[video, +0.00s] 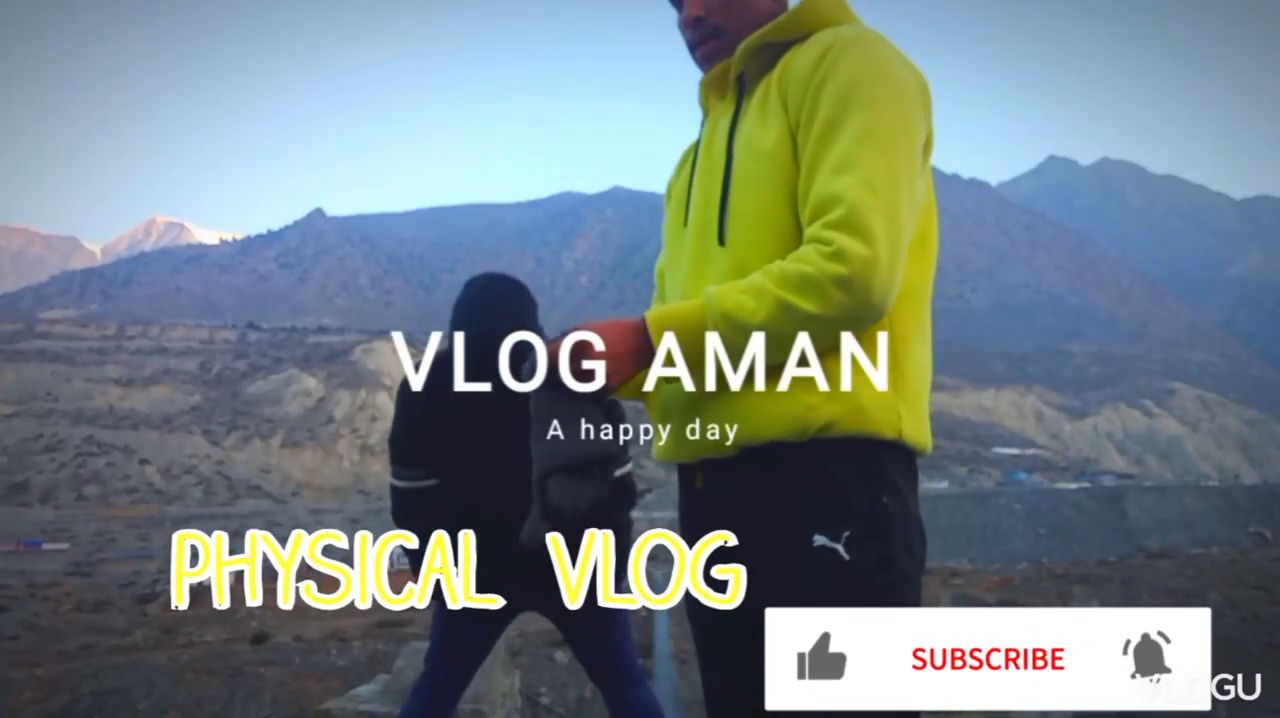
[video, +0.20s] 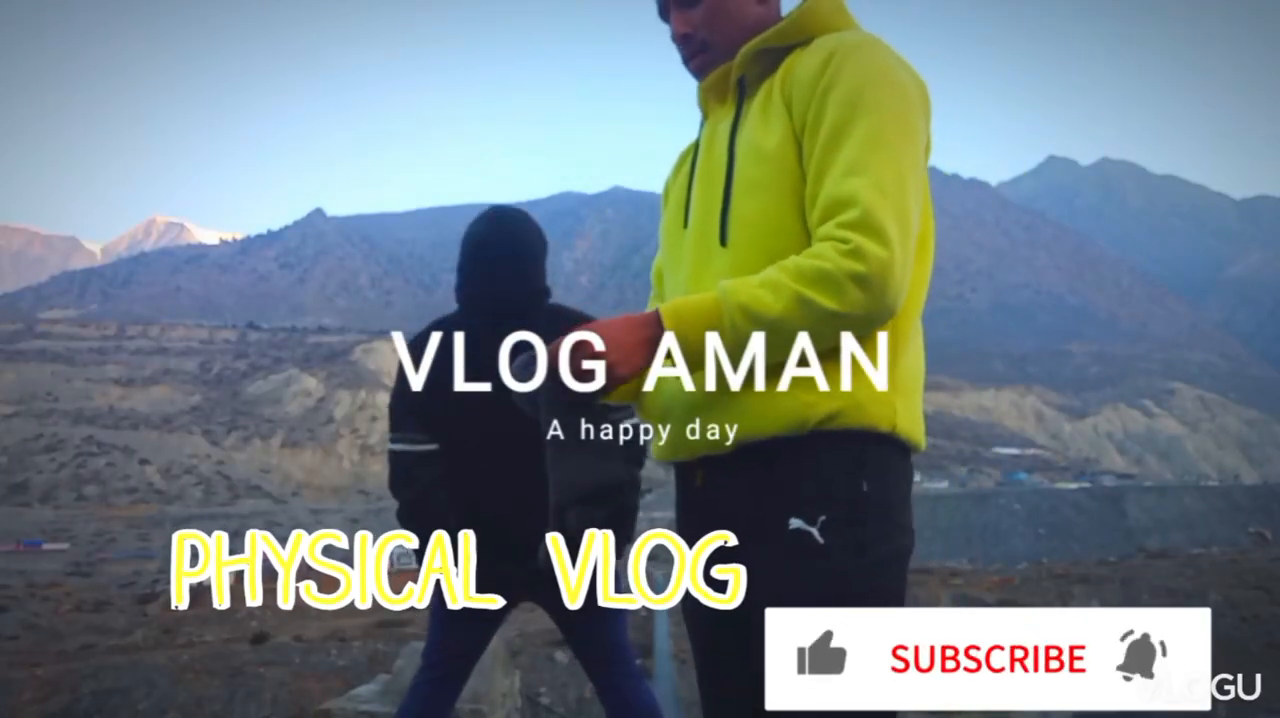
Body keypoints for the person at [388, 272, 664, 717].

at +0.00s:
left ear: (460, 319)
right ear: (532, 321)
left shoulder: (428, 383)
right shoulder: (568, 376)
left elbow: (411, 481)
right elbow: (615, 475)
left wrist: (418, 551)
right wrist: (616, 562)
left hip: (480, 568)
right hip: (570, 565)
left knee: (438, 684)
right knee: (624, 682)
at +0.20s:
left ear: (466, 263)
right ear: (538, 262)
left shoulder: (431, 347)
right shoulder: (586, 338)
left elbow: (410, 462)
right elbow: (625, 447)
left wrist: (436, 544)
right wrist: (614, 541)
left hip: (478, 555)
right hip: (574, 554)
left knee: (435, 682)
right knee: (621, 679)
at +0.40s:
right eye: (537, 246)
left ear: (469, 253)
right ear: (540, 254)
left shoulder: (434, 334)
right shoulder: (577, 329)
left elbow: (409, 451)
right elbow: (625, 433)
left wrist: (437, 539)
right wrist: (614, 518)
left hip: (474, 548)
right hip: (568, 544)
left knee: (433, 685)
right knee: (621, 680)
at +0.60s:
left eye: (477, 238)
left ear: (474, 244)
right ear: (540, 239)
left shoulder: (442, 320)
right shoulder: (594, 310)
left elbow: (402, 436)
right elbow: (631, 426)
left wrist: (408, 536)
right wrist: (609, 519)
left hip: (472, 547)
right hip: (570, 545)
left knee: (430, 682)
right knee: (621, 679)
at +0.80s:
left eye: (462, 241)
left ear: (460, 246)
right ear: (526, 242)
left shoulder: (435, 318)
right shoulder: (577, 308)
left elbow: (373, 426)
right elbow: (625, 405)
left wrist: (332, 526)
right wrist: (631, 496)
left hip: (455, 544)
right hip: (554, 542)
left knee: (412, 689)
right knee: (606, 684)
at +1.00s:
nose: (505, 247)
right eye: (503, 238)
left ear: (438, 241)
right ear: (501, 240)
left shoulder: (404, 311)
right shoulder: (541, 304)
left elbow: (330, 404)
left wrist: (283, 479)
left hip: (429, 532)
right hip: (528, 530)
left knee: (410, 689)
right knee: (588, 682)